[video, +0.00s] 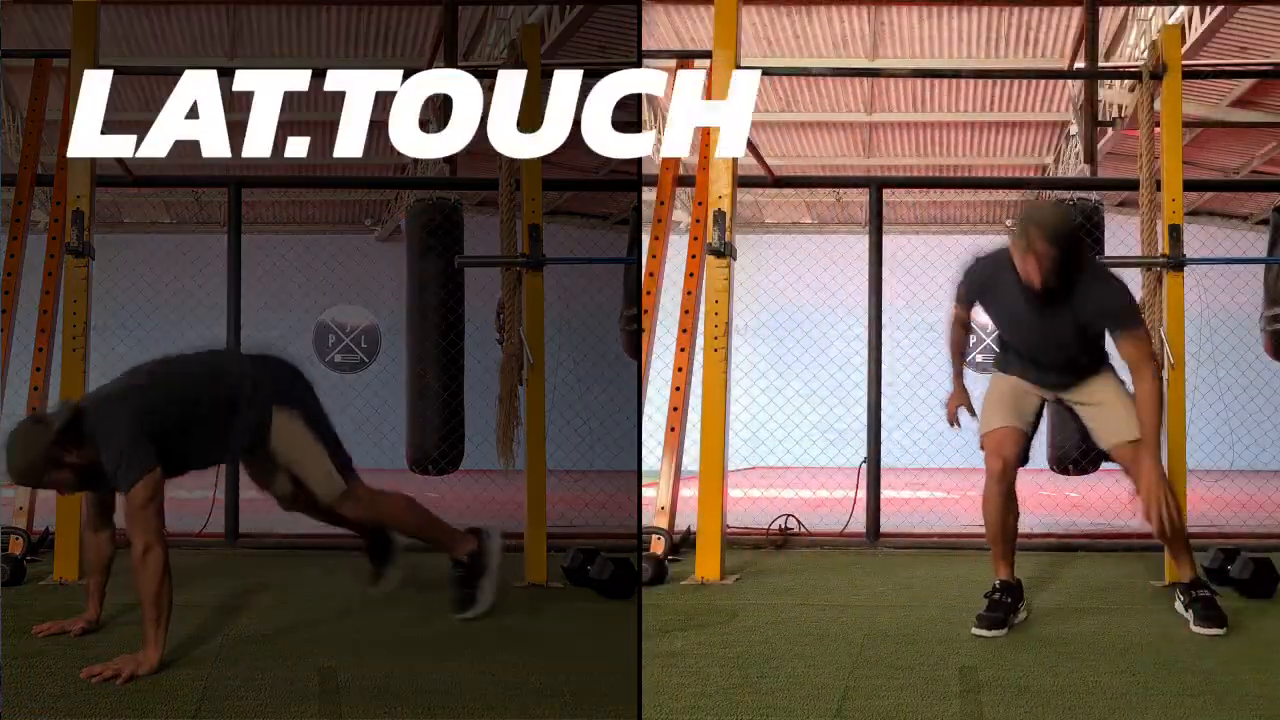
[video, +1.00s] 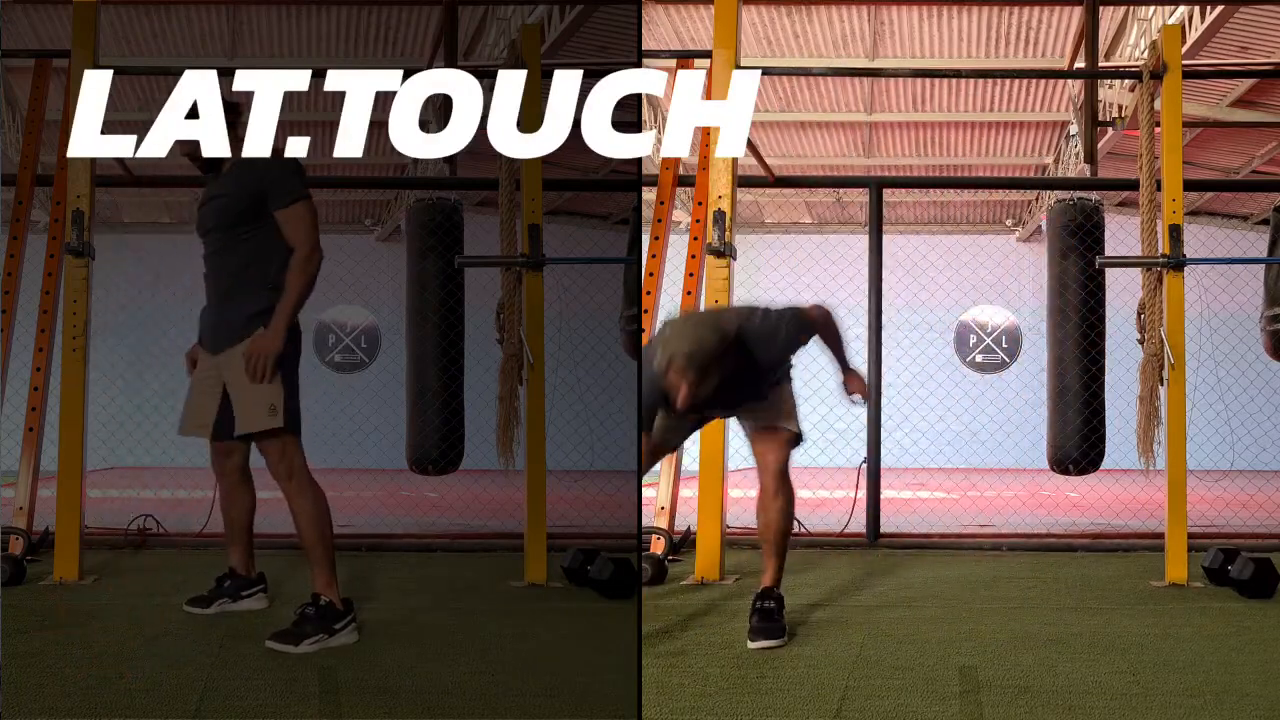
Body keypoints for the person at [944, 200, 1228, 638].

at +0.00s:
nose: (1035, 267)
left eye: (1045, 258)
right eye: (1027, 256)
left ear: (1063, 252)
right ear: (1013, 246)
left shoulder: (1100, 285)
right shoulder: (986, 273)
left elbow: (1146, 367)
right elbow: (960, 317)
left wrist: (1151, 462)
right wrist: (957, 381)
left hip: (1088, 374)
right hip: (1017, 371)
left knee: (1145, 470)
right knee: (998, 465)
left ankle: (1189, 581)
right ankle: (1004, 585)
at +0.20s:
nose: (967, 157)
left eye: (980, 146)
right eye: (959, 144)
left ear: (1005, 136)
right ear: (949, 135)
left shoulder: (1043, 180)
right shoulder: (931, 185)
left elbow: (1088, 250)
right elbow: (911, 253)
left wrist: (1103, 325)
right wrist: (900, 324)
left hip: (1032, 330)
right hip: (958, 332)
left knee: (1061, 439)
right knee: (958, 442)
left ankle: (1068, 573)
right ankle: (970, 565)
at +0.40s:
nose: (906, 148)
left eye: (917, 137)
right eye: (898, 136)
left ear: (943, 131)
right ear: (889, 131)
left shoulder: (980, 184)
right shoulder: (873, 191)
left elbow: (1033, 248)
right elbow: (850, 273)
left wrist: (1054, 320)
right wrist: (821, 343)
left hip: (967, 355)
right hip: (891, 358)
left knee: (1000, 470)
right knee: (847, 469)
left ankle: (1021, 594)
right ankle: (815, 582)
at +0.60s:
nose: (833, 139)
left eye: (846, 127)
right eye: (824, 126)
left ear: (871, 117)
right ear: (813, 116)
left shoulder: (905, 166)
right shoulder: (792, 165)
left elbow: (942, 232)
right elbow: (758, 246)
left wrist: (968, 304)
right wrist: (760, 318)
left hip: (877, 328)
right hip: (807, 328)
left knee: (891, 439)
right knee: (786, 449)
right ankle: (786, 578)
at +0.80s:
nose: (752, 232)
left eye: (763, 221)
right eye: (745, 219)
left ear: (786, 213)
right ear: (734, 208)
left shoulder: (836, 226)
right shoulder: (717, 237)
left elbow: (884, 254)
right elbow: (686, 331)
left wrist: (900, 317)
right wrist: (682, 412)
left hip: (813, 358)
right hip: (742, 351)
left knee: (792, 466)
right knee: (679, 458)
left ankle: (770, 596)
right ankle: (646, 558)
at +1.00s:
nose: (681, 397)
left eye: (693, 384)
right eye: (675, 382)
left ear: (712, 368)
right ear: (666, 367)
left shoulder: (761, 335)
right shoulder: (653, 368)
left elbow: (821, 316)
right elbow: (639, 437)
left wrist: (846, 368)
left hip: (760, 382)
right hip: (694, 392)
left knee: (775, 473)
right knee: (640, 461)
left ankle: (769, 592)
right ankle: (609, 554)